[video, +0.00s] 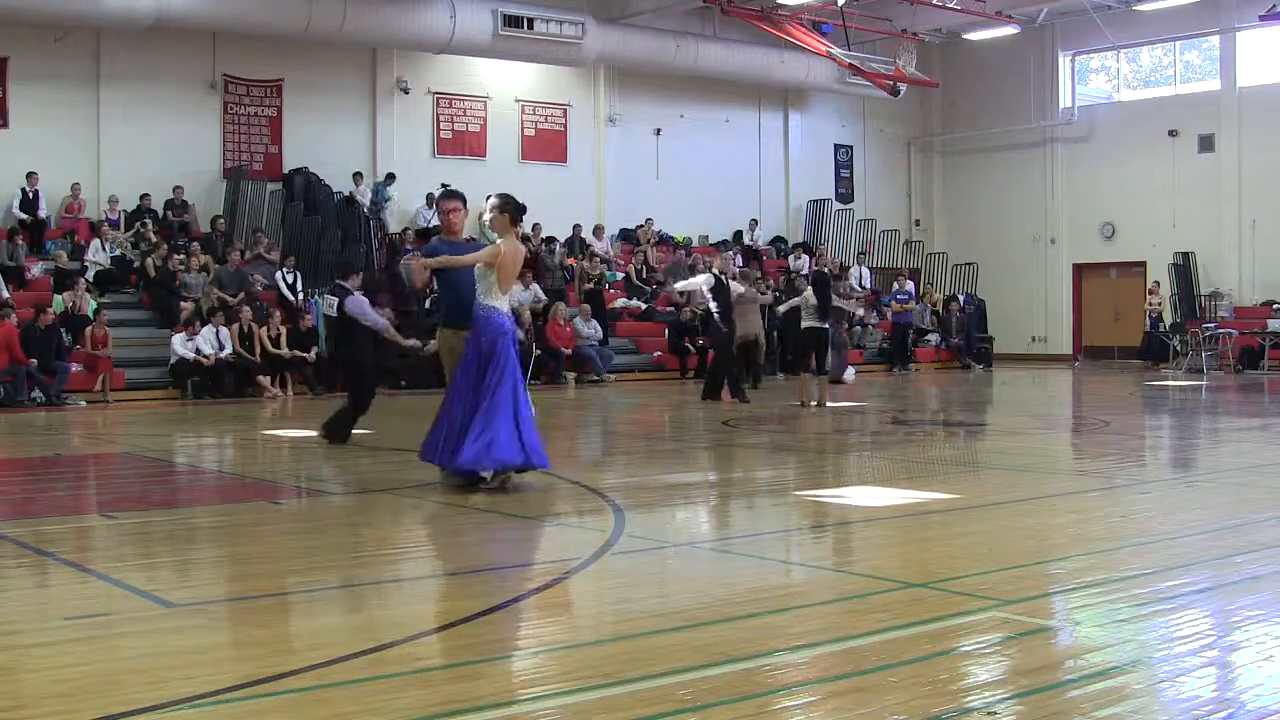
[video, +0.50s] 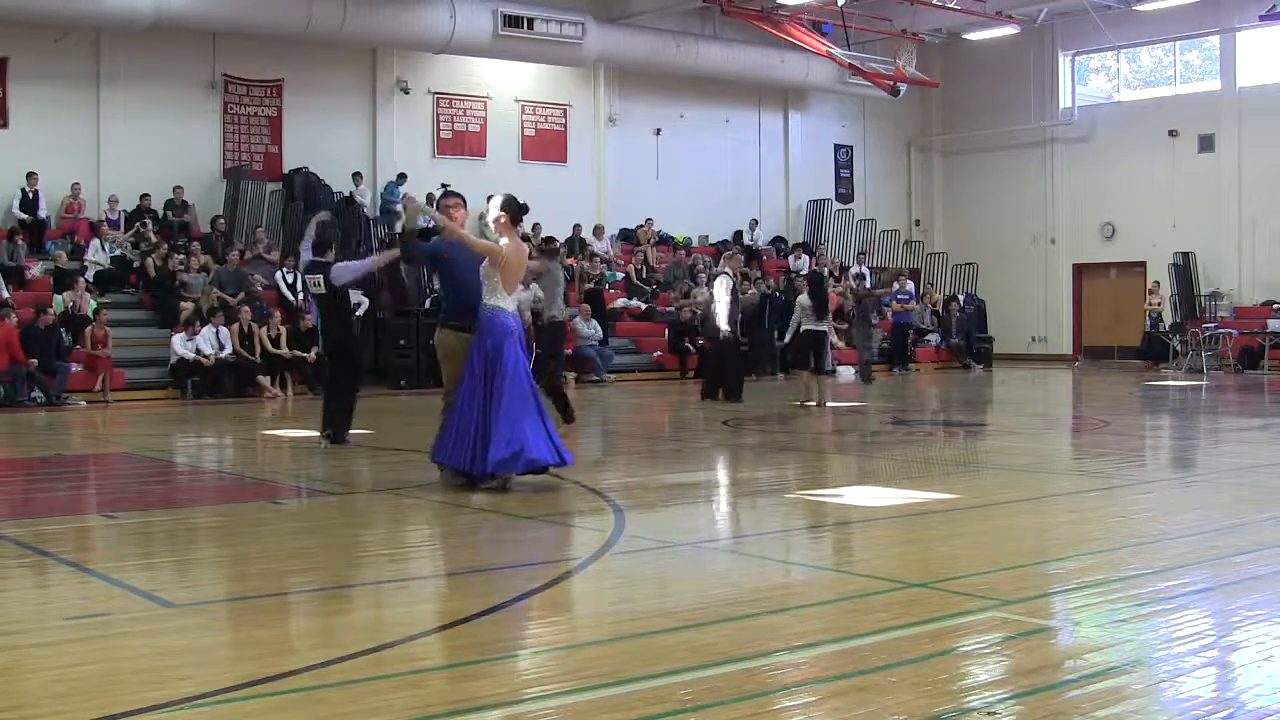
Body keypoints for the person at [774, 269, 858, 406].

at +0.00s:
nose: (809, 282)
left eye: (810, 280)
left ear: (813, 282)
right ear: (827, 283)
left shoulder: (807, 295)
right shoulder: (828, 296)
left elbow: (791, 302)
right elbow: (843, 304)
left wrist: (780, 309)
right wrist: (857, 309)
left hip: (808, 329)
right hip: (823, 329)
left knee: (804, 364)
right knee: (822, 365)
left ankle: (804, 397)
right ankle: (823, 398)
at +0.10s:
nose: (808, 282)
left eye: (809, 280)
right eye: (809, 280)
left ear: (812, 281)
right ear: (826, 282)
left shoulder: (807, 295)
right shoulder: (828, 297)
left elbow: (791, 307)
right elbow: (840, 310)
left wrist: (777, 318)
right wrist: (852, 321)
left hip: (809, 330)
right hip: (824, 331)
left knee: (805, 365)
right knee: (822, 366)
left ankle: (809, 398)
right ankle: (822, 399)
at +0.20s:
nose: (807, 281)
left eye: (809, 279)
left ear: (812, 281)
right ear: (826, 282)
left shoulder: (806, 296)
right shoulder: (828, 297)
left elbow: (790, 310)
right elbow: (835, 314)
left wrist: (775, 325)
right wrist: (844, 327)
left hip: (809, 330)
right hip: (824, 331)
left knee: (808, 366)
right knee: (822, 366)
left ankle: (812, 398)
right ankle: (822, 399)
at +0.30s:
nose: (806, 282)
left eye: (808, 280)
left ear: (811, 281)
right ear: (825, 282)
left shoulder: (805, 296)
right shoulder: (829, 297)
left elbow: (789, 313)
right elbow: (831, 316)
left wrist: (775, 329)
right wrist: (837, 330)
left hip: (809, 331)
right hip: (824, 332)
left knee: (808, 366)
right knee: (822, 367)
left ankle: (813, 398)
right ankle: (822, 398)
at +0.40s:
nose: (805, 282)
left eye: (807, 280)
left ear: (809, 281)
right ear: (824, 282)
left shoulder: (803, 297)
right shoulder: (828, 297)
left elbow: (792, 316)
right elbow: (829, 319)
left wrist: (778, 332)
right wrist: (833, 334)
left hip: (808, 331)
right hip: (824, 333)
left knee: (807, 366)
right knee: (820, 367)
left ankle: (813, 397)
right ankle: (822, 398)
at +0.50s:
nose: (803, 283)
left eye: (805, 281)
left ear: (808, 283)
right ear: (822, 283)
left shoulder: (801, 299)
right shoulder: (826, 298)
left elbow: (795, 320)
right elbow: (829, 321)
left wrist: (787, 338)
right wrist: (835, 339)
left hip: (806, 332)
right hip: (822, 333)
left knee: (803, 366)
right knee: (820, 368)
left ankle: (806, 396)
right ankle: (822, 398)